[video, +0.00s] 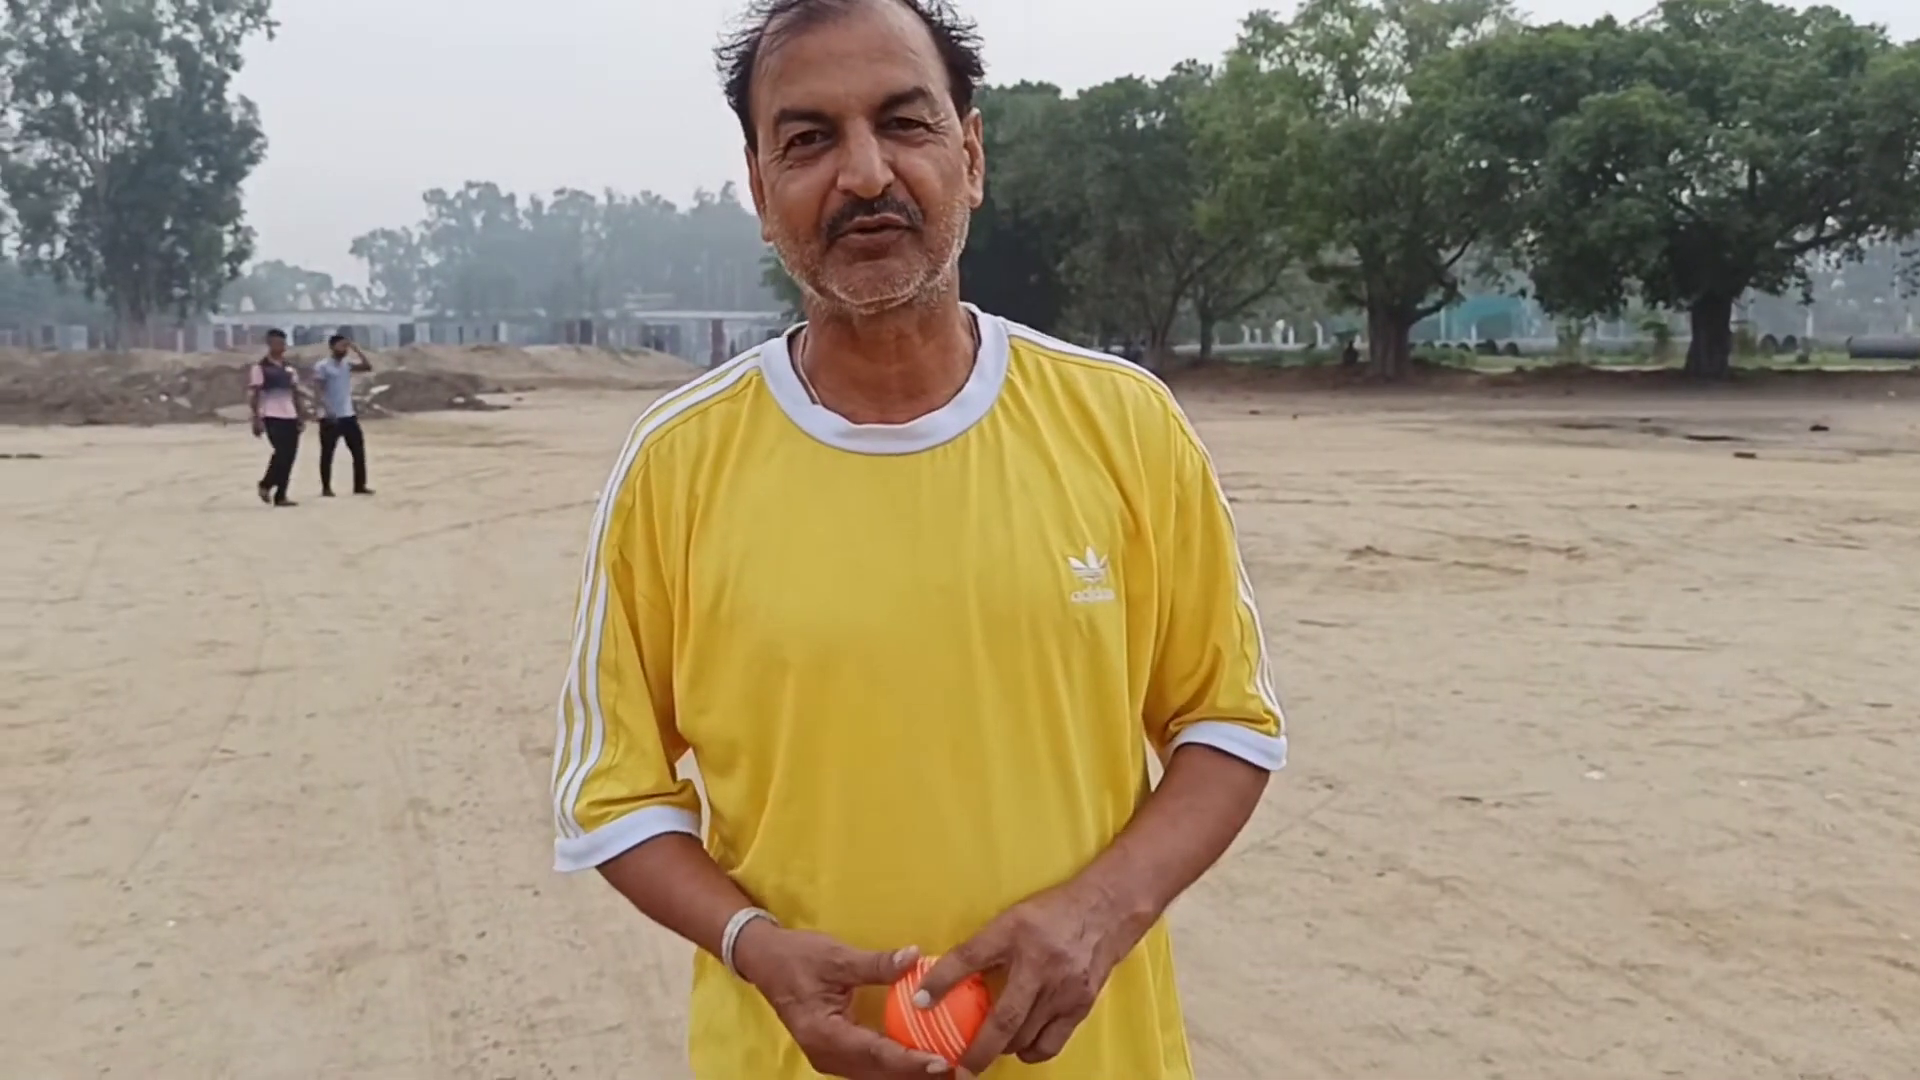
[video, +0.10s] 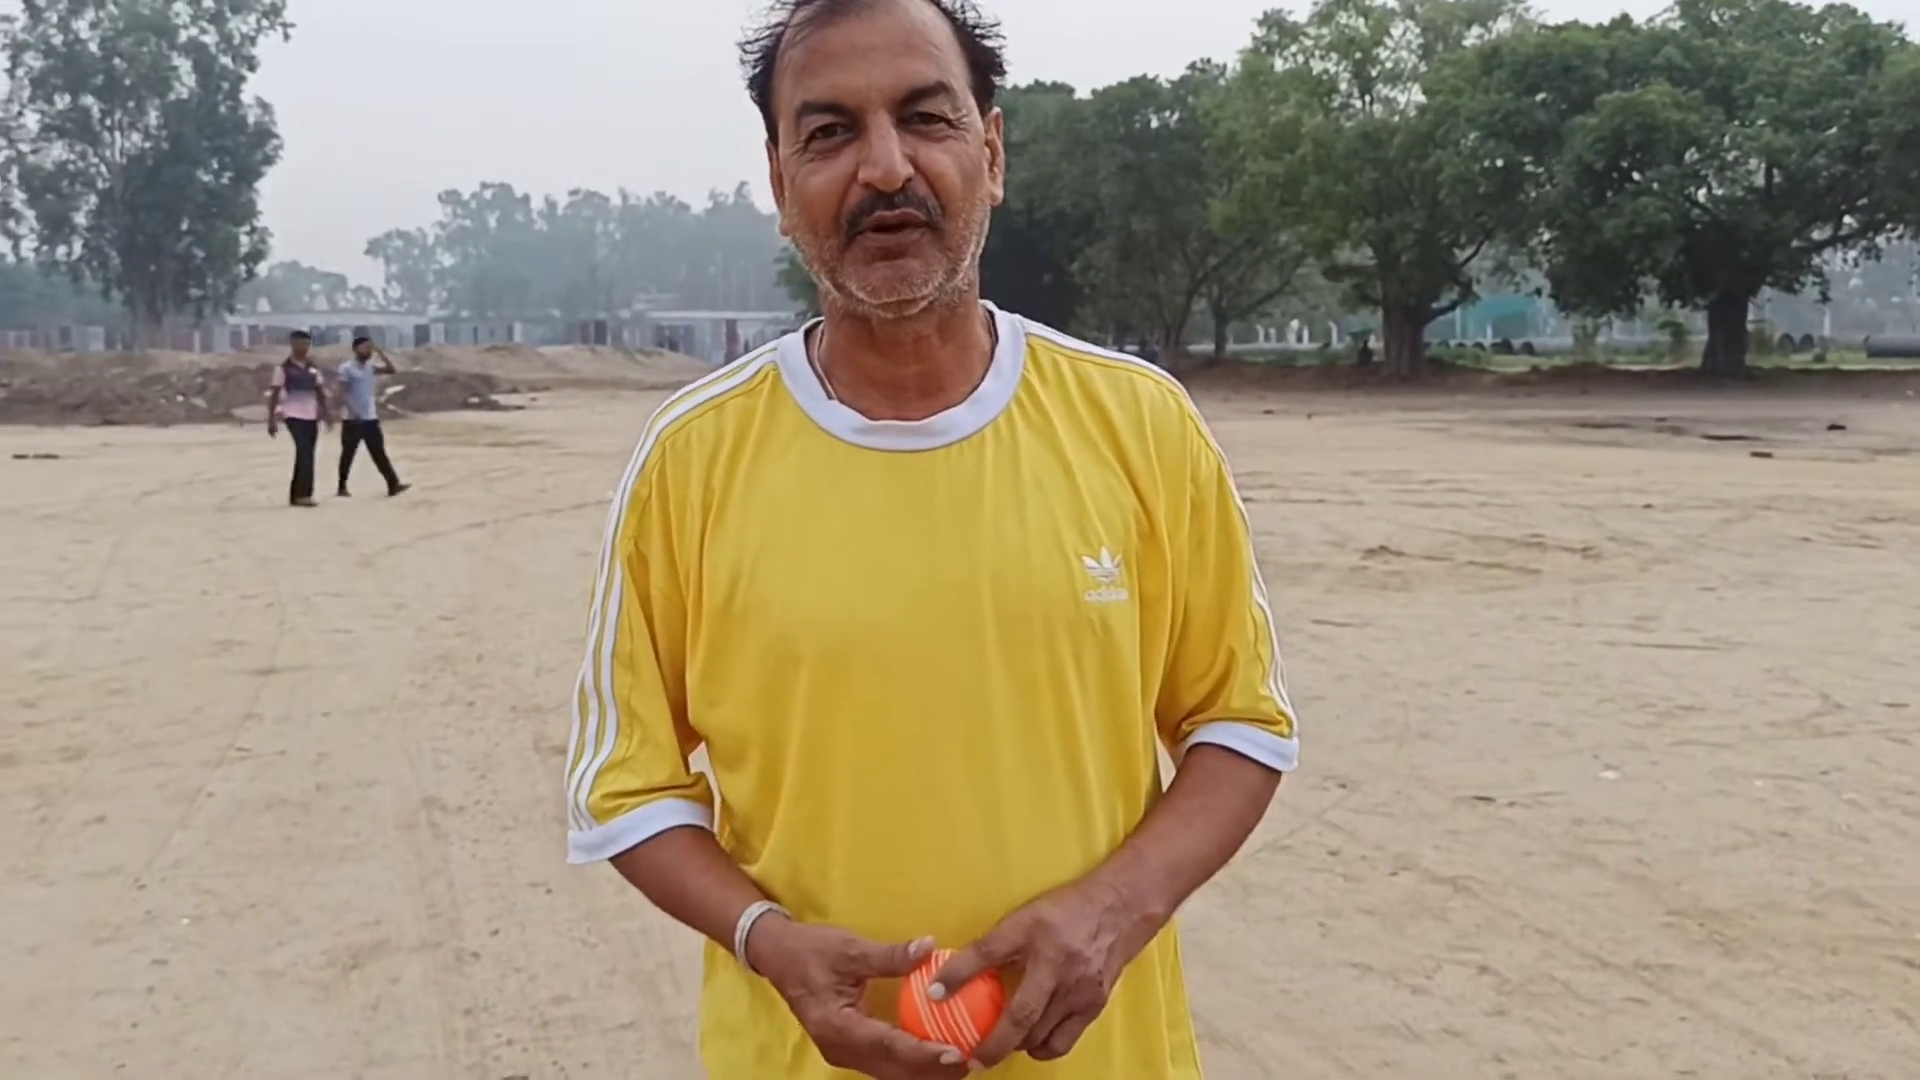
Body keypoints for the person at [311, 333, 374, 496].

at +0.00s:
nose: (344, 349)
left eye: (346, 345)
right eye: (341, 345)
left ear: (347, 348)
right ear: (332, 346)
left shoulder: (346, 365)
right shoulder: (322, 367)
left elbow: (367, 367)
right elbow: (317, 391)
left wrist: (357, 350)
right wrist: (320, 410)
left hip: (348, 416)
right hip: (329, 417)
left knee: (359, 453)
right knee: (327, 455)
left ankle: (360, 485)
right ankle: (326, 487)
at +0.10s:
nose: (368, 351)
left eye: (369, 347)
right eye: (365, 347)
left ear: (370, 350)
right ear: (356, 349)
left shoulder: (370, 368)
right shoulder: (346, 369)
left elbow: (391, 370)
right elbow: (339, 393)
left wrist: (379, 353)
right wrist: (342, 411)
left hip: (370, 419)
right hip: (352, 419)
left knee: (379, 454)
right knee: (347, 455)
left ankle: (393, 483)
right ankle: (342, 486)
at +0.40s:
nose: (440, 348)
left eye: (441, 345)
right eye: (436, 344)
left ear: (441, 348)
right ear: (428, 347)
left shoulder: (441, 365)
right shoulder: (417, 366)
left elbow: (459, 372)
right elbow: (412, 393)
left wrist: (449, 354)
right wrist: (415, 415)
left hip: (443, 415)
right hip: (427, 416)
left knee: (445, 454)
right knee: (433, 452)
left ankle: (441, 487)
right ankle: (415, 474)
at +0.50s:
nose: (456, 347)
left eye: (457, 343)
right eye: (453, 343)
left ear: (458, 346)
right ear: (445, 346)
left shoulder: (457, 365)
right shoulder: (434, 366)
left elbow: (475, 374)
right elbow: (426, 391)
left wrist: (464, 355)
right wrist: (428, 414)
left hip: (458, 413)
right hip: (443, 413)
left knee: (456, 450)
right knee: (452, 449)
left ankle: (452, 485)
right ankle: (447, 485)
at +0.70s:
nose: (480, 350)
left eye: (481, 347)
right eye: (476, 347)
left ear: (482, 349)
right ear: (468, 350)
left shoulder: (483, 369)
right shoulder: (458, 371)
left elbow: (499, 379)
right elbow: (451, 397)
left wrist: (487, 360)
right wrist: (451, 421)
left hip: (481, 417)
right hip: (467, 418)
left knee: (471, 455)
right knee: (480, 453)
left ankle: (459, 486)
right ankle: (493, 486)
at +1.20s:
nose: (532, 345)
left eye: (532, 341)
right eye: (528, 342)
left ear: (532, 344)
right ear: (519, 345)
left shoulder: (533, 364)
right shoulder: (510, 365)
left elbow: (550, 376)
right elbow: (508, 390)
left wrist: (537, 356)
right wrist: (525, 407)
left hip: (534, 416)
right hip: (517, 417)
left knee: (544, 453)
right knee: (513, 455)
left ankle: (556, 483)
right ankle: (510, 486)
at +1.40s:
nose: (543, 343)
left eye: (543, 340)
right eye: (539, 340)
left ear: (540, 344)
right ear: (531, 344)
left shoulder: (544, 363)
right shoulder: (522, 364)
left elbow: (562, 377)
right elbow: (517, 390)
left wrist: (548, 359)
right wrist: (529, 411)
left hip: (548, 415)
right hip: (531, 416)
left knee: (555, 452)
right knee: (525, 452)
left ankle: (553, 486)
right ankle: (508, 476)